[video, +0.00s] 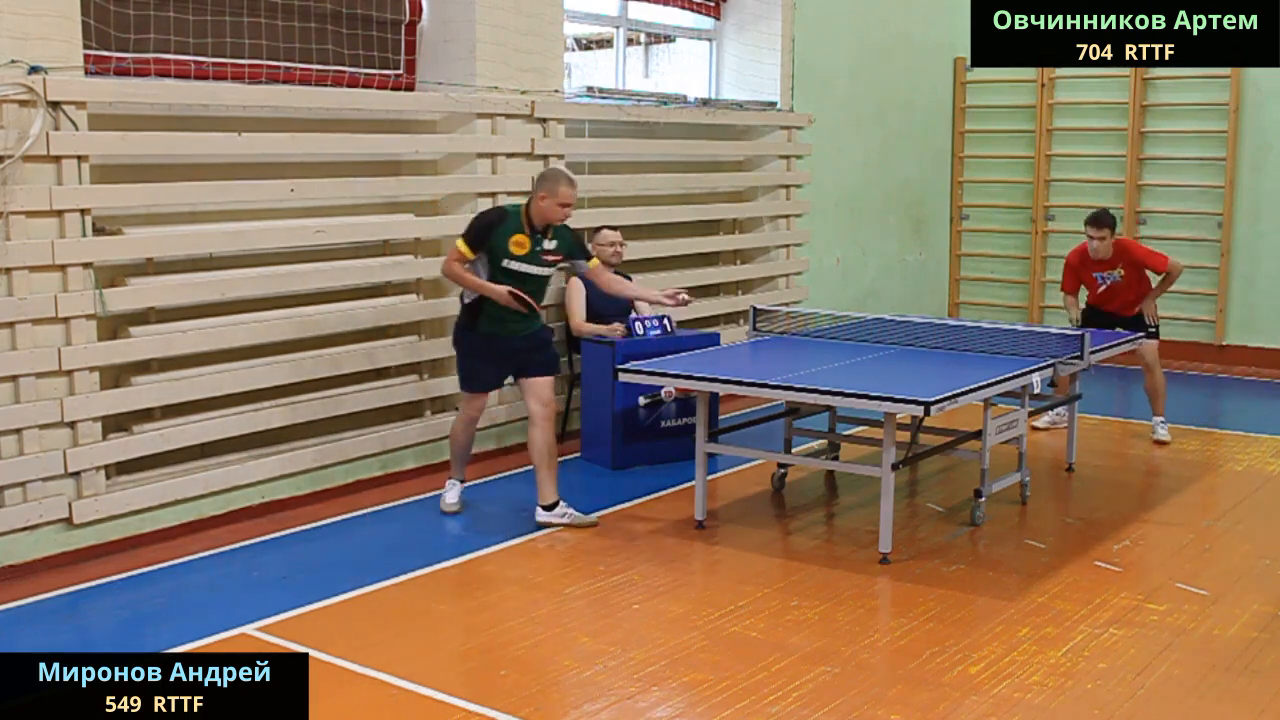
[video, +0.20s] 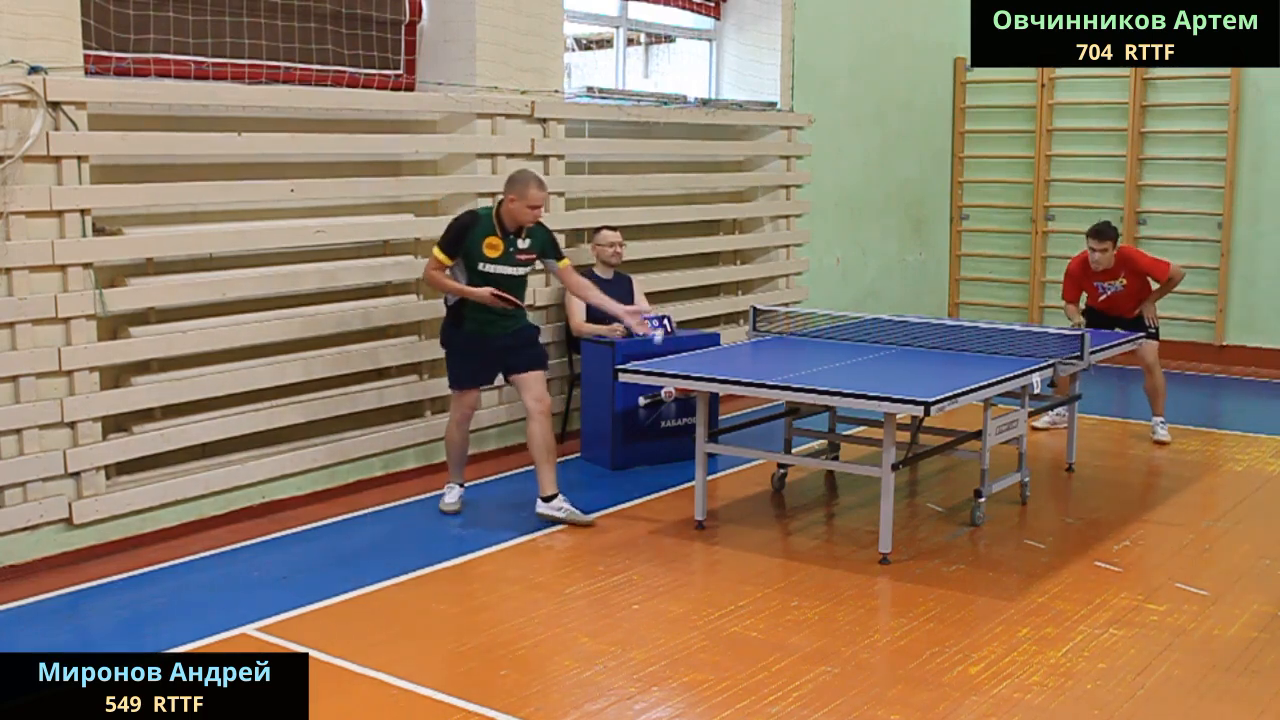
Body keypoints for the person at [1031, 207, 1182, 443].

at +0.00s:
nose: (1094, 245)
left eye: (1100, 239)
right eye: (1090, 238)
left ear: (1112, 237)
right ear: (1085, 236)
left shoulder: (1130, 250)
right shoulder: (1076, 259)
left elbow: (1175, 269)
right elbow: (1070, 293)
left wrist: (1152, 297)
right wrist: (1074, 314)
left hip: (1137, 310)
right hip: (1098, 310)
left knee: (1150, 359)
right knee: (1065, 352)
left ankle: (1159, 421)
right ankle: (1061, 410)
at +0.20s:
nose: (1096, 257)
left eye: (1102, 251)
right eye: (1092, 250)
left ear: (1114, 249)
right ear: (1086, 247)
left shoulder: (1130, 258)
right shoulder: (1077, 266)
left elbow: (1176, 275)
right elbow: (1070, 303)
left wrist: (1151, 300)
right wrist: (1076, 318)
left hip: (1137, 315)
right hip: (1098, 314)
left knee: (1150, 362)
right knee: (1065, 354)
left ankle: (1159, 421)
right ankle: (1061, 411)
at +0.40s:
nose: (1091, 262)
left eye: (1098, 257)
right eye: (1088, 255)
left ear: (1111, 254)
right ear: (1083, 251)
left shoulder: (1128, 261)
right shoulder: (1074, 270)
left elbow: (1174, 276)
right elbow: (1067, 307)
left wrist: (1149, 302)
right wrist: (1073, 320)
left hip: (1133, 317)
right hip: (1094, 316)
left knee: (1148, 361)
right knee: (1064, 355)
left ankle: (1159, 421)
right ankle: (1060, 411)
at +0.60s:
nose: (1086, 265)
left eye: (1093, 260)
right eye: (1083, 259)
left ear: (1107, 258)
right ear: (1079, 254)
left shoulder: (1125, 264)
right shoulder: (1070, 272)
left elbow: (1171, 276)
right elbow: (1063, 308)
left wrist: (1146, 302)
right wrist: (1070, 324)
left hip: (1131, 318)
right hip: (1091, 317)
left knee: (1147, 361)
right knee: (1063, 355)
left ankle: (1158, 421)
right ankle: (1060, 411)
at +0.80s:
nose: (1084, 265)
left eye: (1090, 260)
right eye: (1080, 258)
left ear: (1105, 256)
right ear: (1076, 254)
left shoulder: (1124, 263)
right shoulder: (1069, 271)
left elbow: (1169, 275)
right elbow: (1062, 307)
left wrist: (1145, 302)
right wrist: (1068, 323)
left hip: (1130, 317)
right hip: (1090, 317)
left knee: (1146, 361)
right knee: (1063, 354)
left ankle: (1158, 421)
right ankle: (1060, 411)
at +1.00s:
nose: (1084, 262)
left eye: (1090, 256)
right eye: (1080, 255)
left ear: (1105, 253)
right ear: (1076, 251)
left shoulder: (1123, 261)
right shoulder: (1069, 269)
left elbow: (1168, 274)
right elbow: (1061, 305)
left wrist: (1145, 302)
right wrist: (1068, 323)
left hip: (1130, 316)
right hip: (1091, 315)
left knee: (1146, 361)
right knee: (1062, 352)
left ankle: (1158, 421)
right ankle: (1060, 410)